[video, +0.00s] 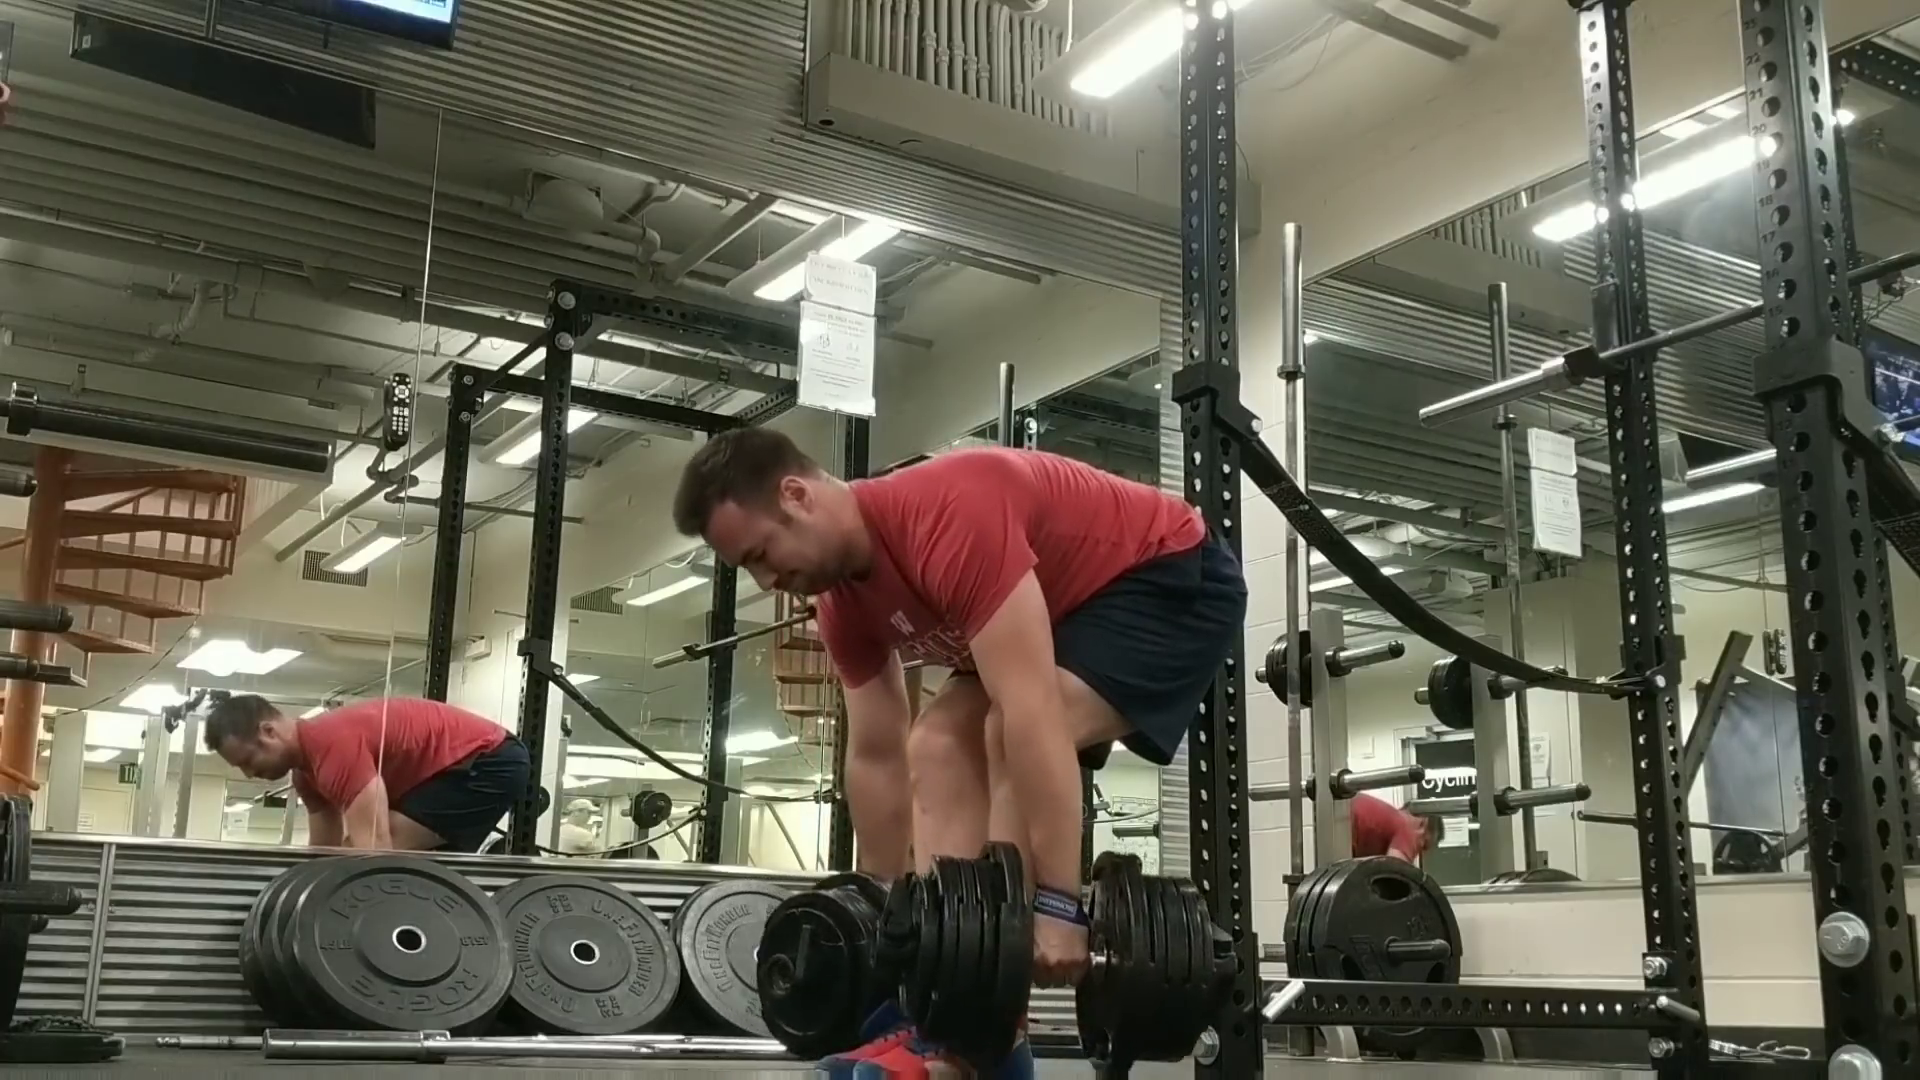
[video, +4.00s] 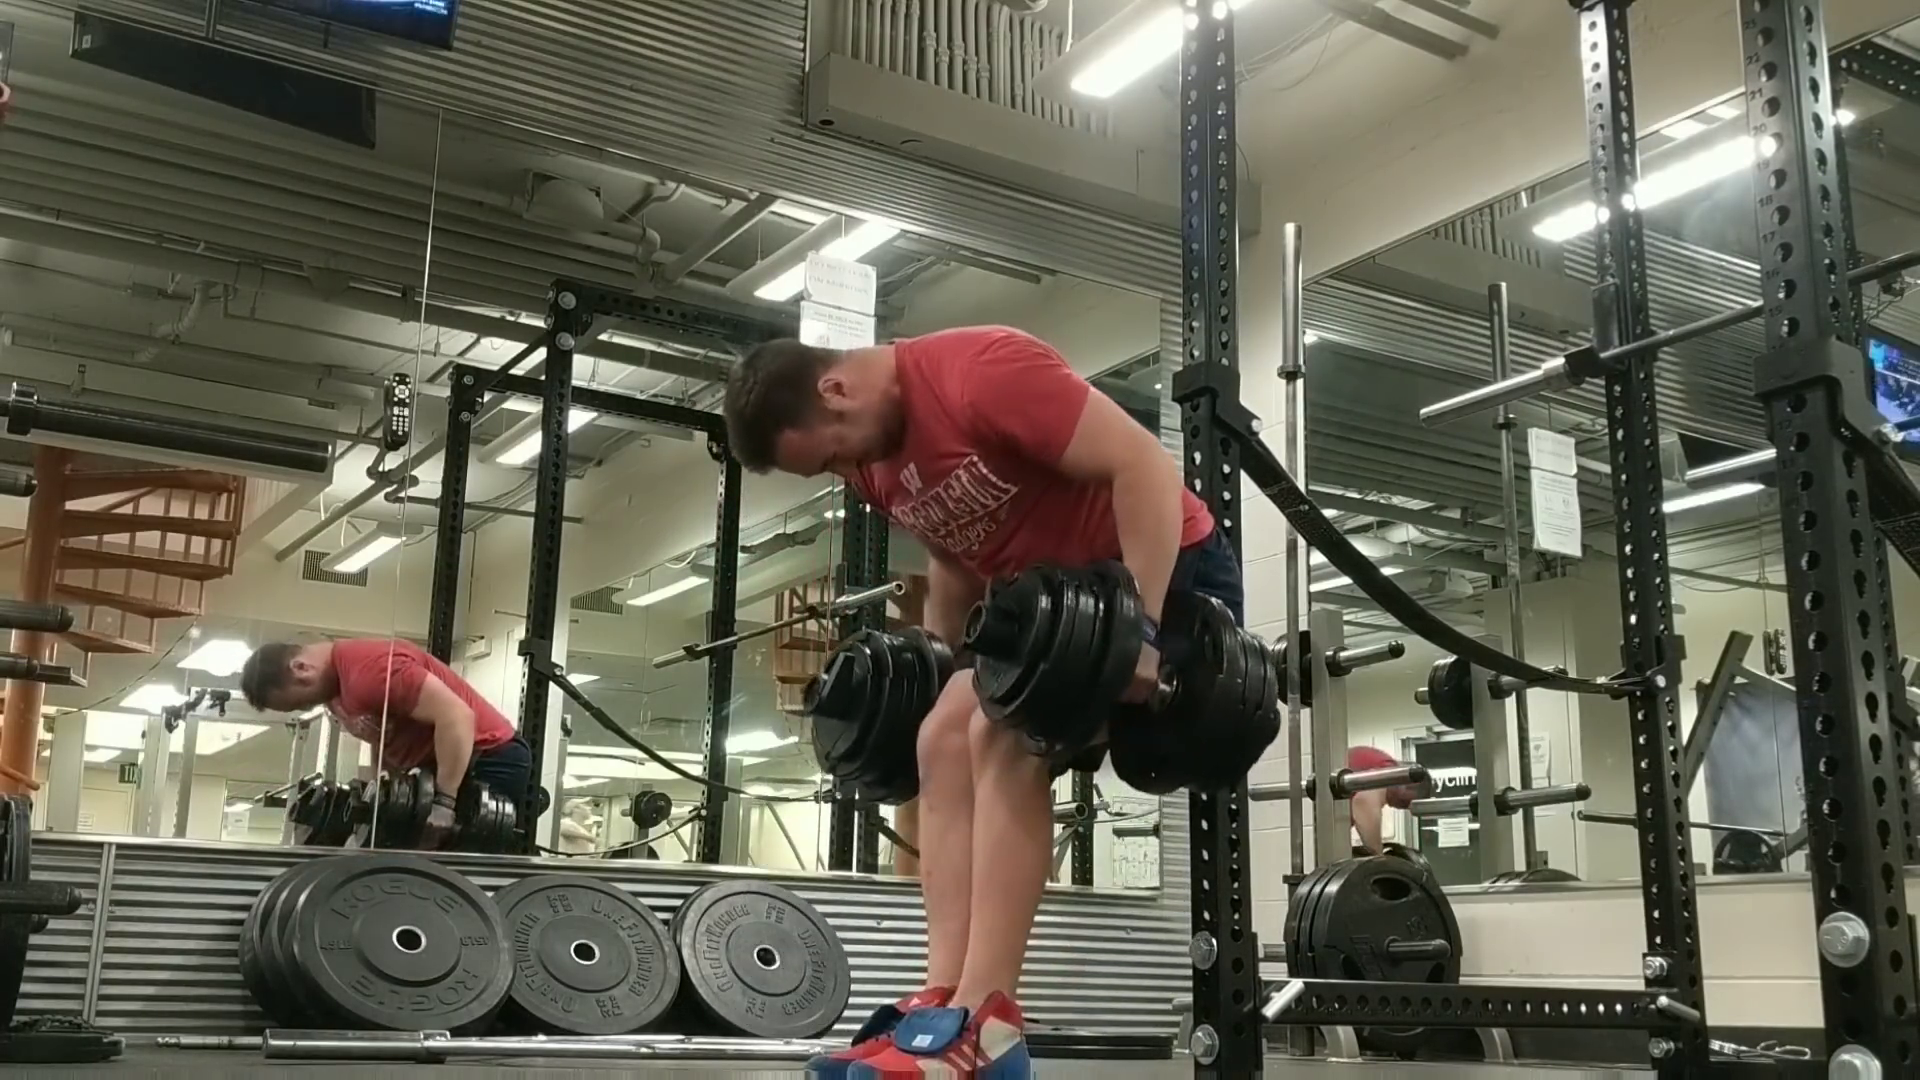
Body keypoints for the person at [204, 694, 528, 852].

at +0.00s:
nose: (250, 774)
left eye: (248, 761)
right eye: (242, 768)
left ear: (268, 730)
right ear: (268, 733)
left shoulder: (335, 744)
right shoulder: (308, 773)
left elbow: (369, 853)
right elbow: (324, 852)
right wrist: (303, 918)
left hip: (492, 763)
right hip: (464, 769)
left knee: (381, 854)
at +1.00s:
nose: (259, 788)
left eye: (255, 775)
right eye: (250, 781)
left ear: (279, 747)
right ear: (277, 746)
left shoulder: (336, 748)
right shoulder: (302, 772)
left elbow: (370, 843)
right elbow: (314, 849)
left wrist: (327, 904)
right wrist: (300, 904)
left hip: (487, 765)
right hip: (457, 769)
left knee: (388, 854)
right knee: (384, 855)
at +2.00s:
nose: (251, 757)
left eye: (249, 744)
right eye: (243, 750)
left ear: (272, 715)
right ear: (272, 717)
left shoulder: (336, 734)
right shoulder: (305, 756)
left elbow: (370, 841)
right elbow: (314, 845)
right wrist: (292, 913)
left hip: (489, 761)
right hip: (458, 766)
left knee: (381, 850)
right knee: (390, 854)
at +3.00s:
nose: (250, 762)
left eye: (248, 749)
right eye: (242, 755)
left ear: (270, 719)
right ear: (270, 722)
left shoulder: (333, 739)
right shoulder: (301, 762)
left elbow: (358, 850)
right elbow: (309, 851)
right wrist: (286, 920)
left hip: (491, 763)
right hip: (461, 768)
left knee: (383, 847)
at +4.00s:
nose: (309, 707)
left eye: (299, 703)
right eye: (298, 707)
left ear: (300, 670)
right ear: (301, 667)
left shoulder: (367, 674)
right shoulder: (339, 686)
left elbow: (456, 717)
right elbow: (386, 736)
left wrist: (444, 800)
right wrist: (371, 789)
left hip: (489, 762)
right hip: (445, 768)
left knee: (476, 882)